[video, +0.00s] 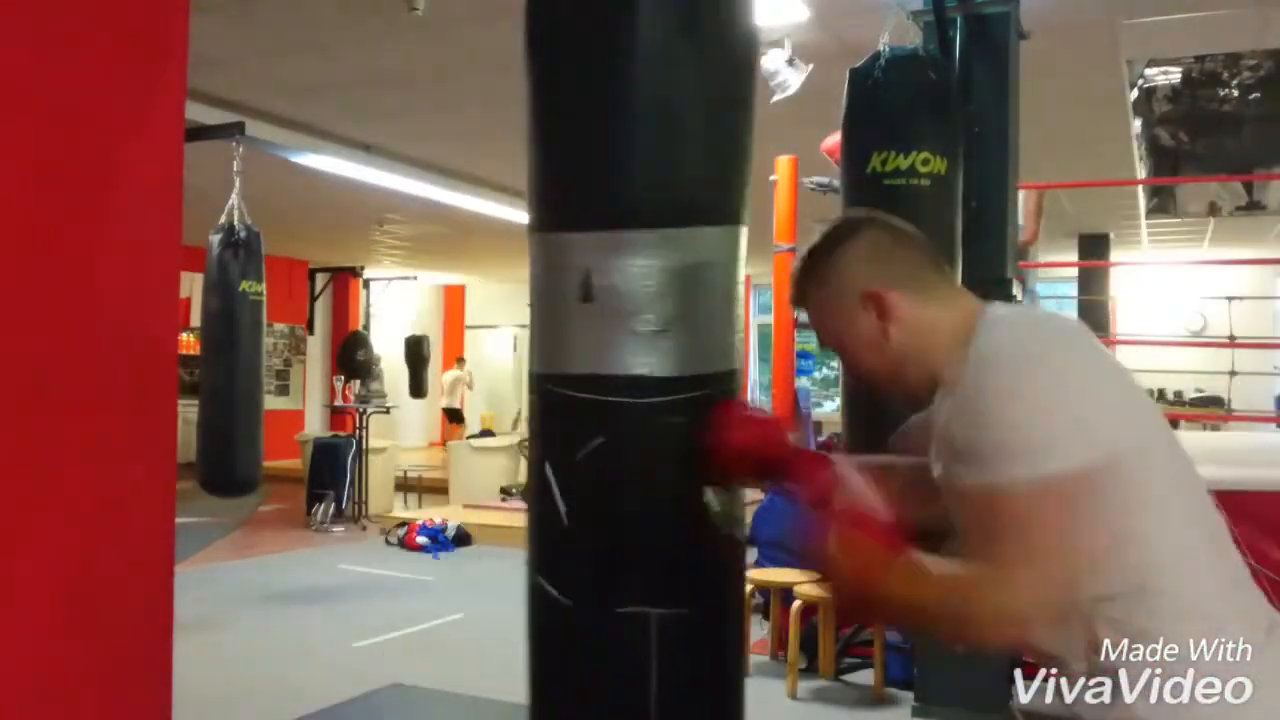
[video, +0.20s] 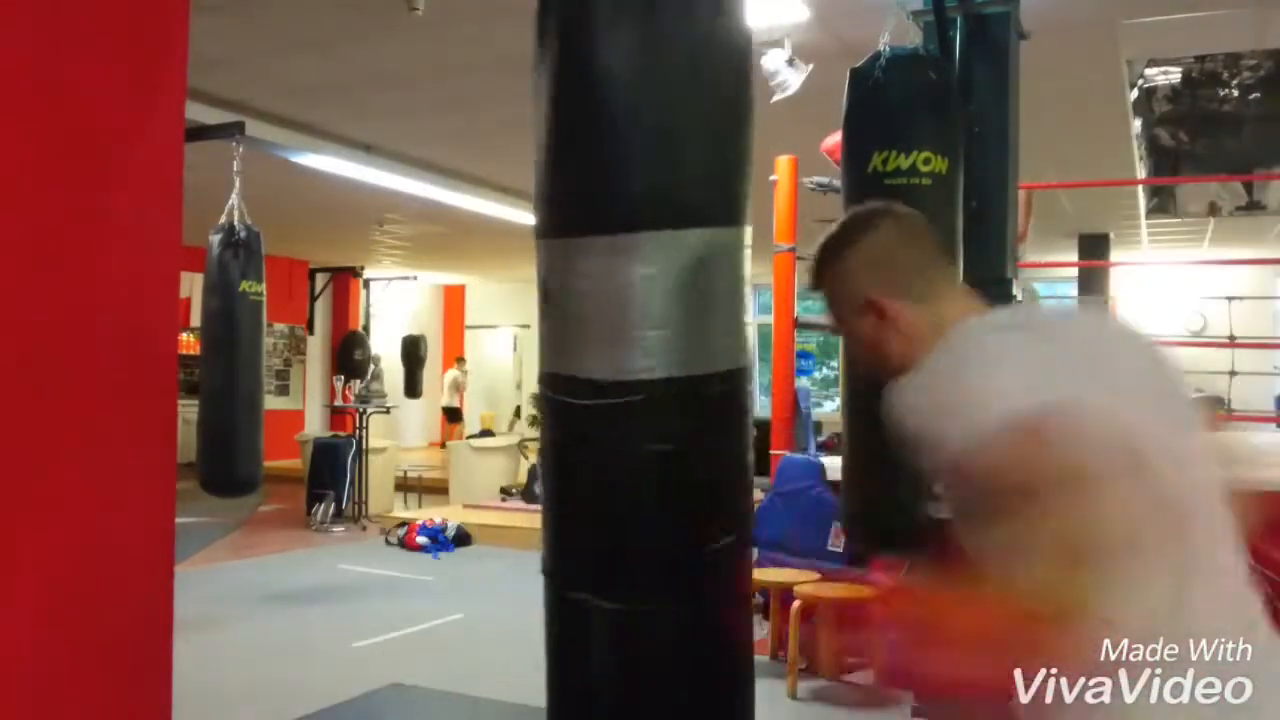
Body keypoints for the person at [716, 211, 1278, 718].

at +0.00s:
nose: (854, 372)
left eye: (842, 346)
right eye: (839, 351)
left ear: (880, 310)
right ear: (891, 299)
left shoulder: (1020, 369)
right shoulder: (978, 383)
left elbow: (1017, 604)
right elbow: (900, 492)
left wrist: (866, 569)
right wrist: (792, 467)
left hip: (1202, 689)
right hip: (1129, 682)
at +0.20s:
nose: (857, 353)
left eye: (847, 331)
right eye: (843, 335)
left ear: (881, 315)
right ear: (947, 275)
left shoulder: (936, 386)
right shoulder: (1107, 335)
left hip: (1110, 695)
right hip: (1245, 684)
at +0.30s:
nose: (869, 356)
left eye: (861, 337)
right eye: (858, 341)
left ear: (888, 318)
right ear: (965, 271)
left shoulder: (905, 404)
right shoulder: (1153, 304)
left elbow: (772, 575)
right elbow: (1277, 402)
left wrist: (724, 527)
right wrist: (1216, 444)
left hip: (1143, 698)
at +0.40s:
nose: (877, 379)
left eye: (864, 357)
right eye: (862, 361)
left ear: (893, 335)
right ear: (960, 288)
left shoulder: (925, 425)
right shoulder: (1168, 321)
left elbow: (779, 595)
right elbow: (1276, 423)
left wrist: (788, 520)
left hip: (1141, 701)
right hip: (1277, 688)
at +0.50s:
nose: (921, 396)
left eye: (907, 372)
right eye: (903, 377)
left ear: (938, 333)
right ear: (1002, 294)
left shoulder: (1001, 414)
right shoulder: (1206, 355)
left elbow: (916, 650)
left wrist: (861, 579)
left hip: (1157, 702)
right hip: (1271, 700)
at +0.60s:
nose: (977, 383)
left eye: (972, 355)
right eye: (966, 360)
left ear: (1017, 321)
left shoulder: (1108, 413)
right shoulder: (1248, 369)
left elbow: (1090, 663)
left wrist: (984, 596)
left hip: (1175, 706)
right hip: (1264, 700)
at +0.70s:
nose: (1059, 373)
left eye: (1056, 348)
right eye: (1049, 354)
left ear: (1104, 297)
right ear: (1106, 295)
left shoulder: (1223, 389)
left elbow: (1244, 652)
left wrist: (1096, 563)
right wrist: (1131, 497)